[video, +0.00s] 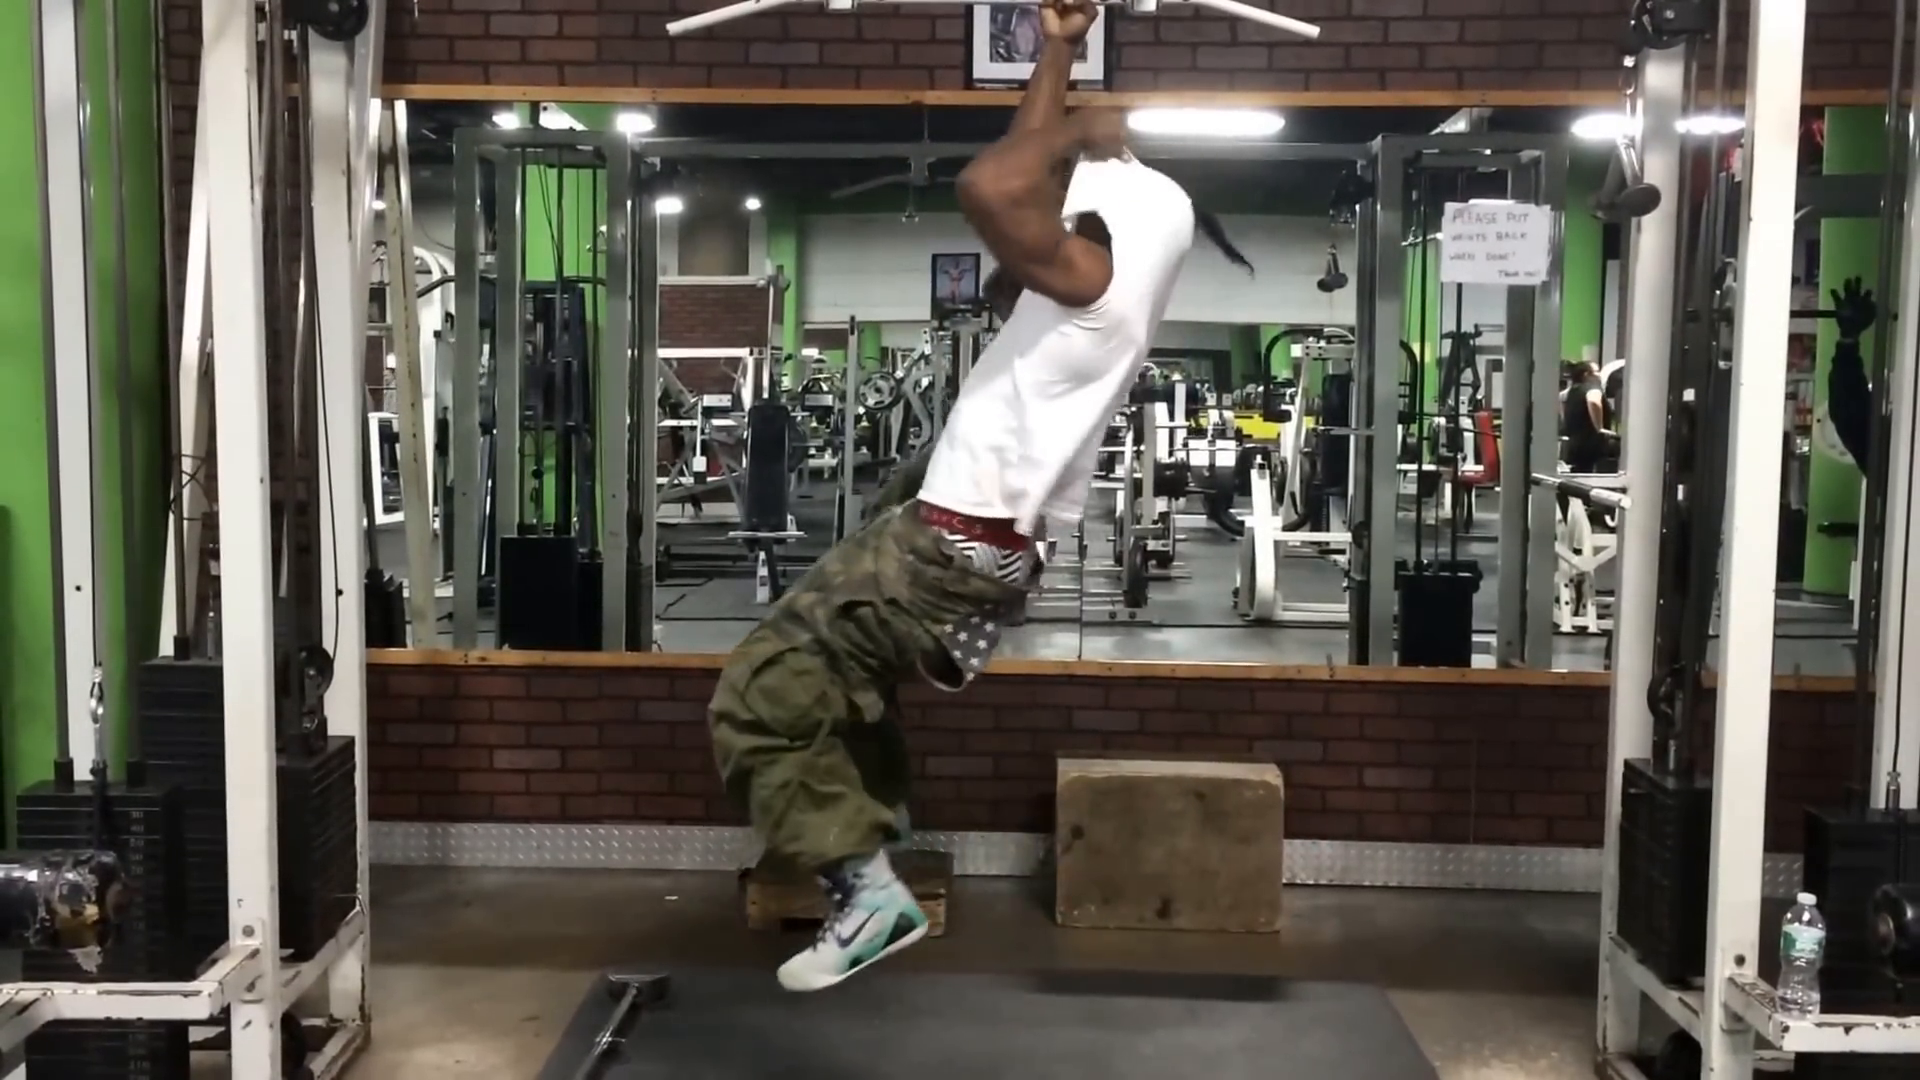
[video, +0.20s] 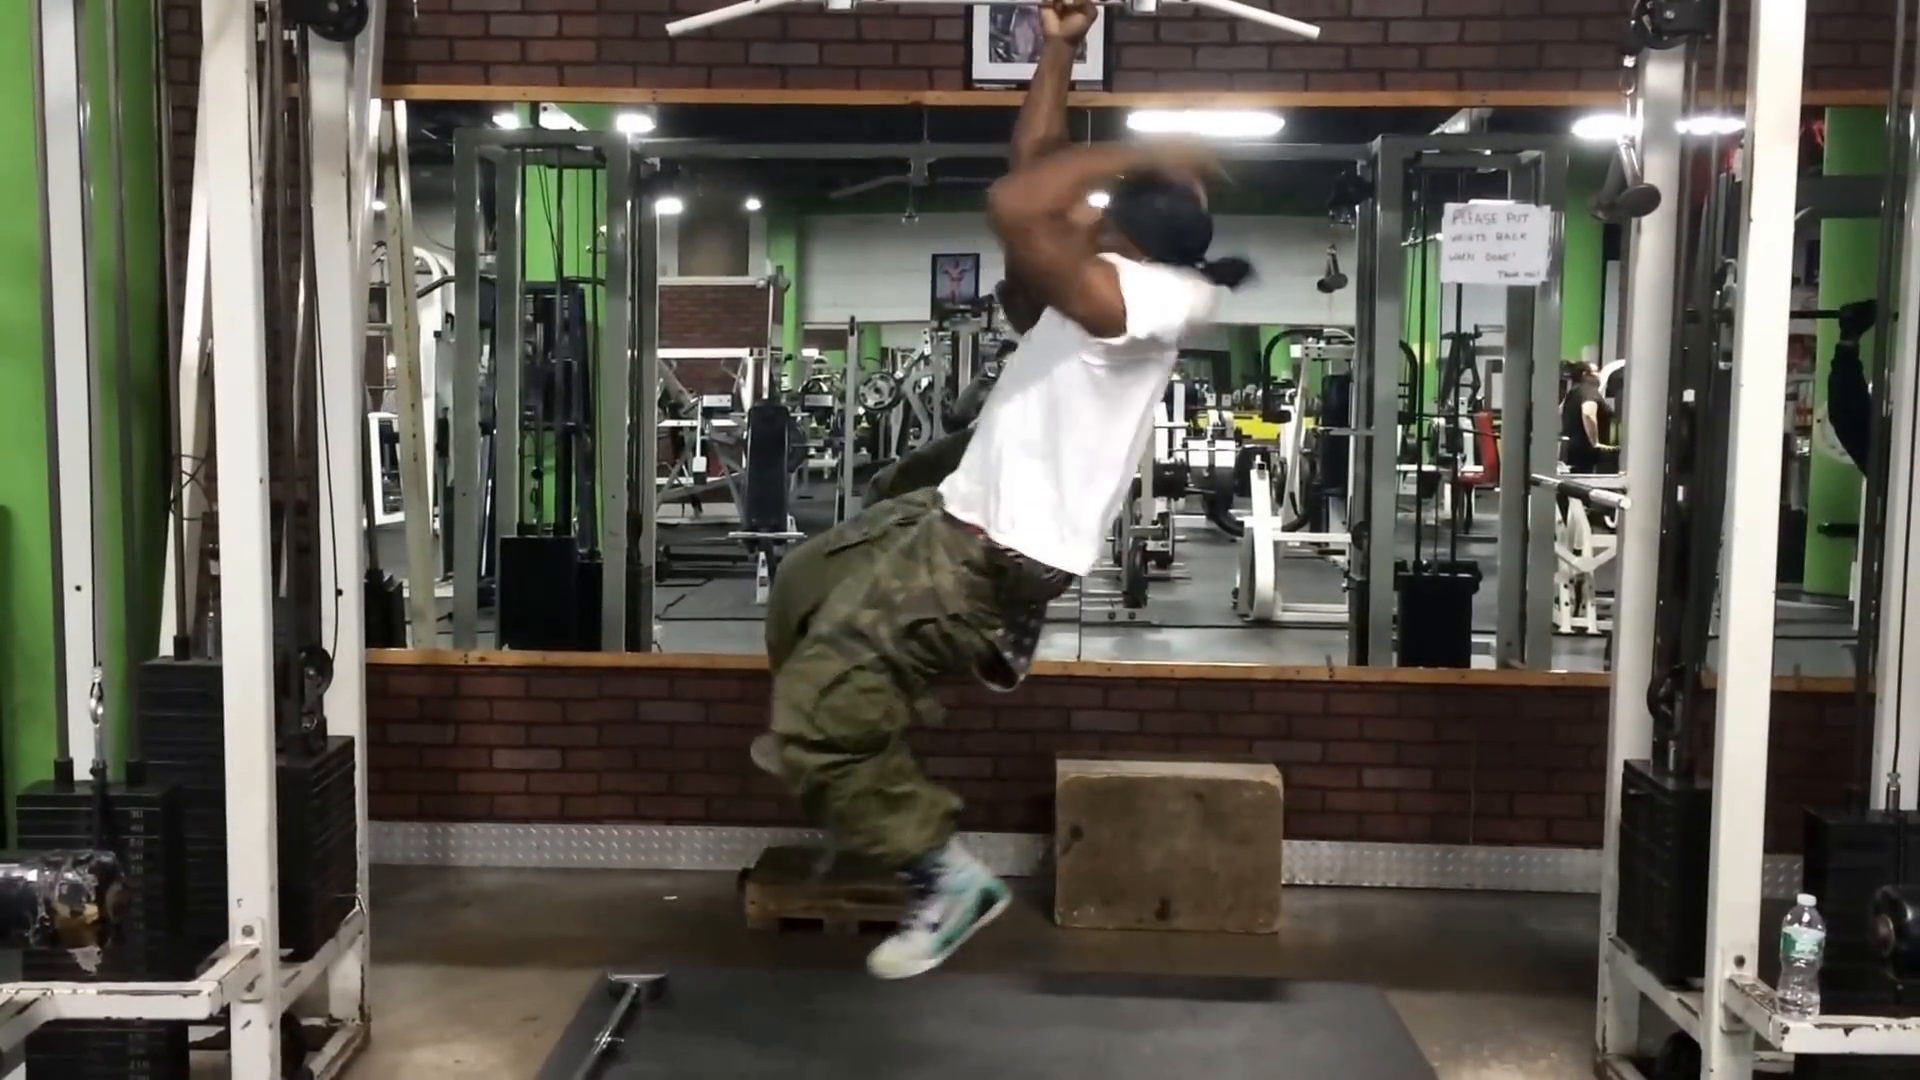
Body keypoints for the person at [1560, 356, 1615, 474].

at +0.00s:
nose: (1599, 375)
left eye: (1598, 371)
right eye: (1596, 371)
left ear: (1581, 376)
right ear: (1586, 375)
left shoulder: (1571, 390)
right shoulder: (1593, 387)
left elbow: (1559, 396)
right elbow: (1593, 402)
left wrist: (1565, 422)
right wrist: (1599, 428)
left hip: (1573, 440)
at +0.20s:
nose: (1599, 374)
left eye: (1597, 371)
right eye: (1595, 371)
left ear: (1584, 375)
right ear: (1585, 375)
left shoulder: (1572, 391)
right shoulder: (1590, 390)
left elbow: (1561, 409)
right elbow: (1588, 415)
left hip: (1571, 446)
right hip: (1585, 448)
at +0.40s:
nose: (1597, 374)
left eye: (1595, 371)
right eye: (1593, 371)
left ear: (1581, 375)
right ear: (1582, 374)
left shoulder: (1568, 393)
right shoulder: (1585, 394)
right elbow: (1586, 424)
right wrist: (1593, 451)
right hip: (1583, 457)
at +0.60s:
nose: (1596, 374)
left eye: (1595, 371)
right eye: (1592, 371)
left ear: (1580, 375)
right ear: (1581, 374)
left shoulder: (1568, 393)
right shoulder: (1585, 392)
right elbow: (1585, 416)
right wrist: (1593, 443)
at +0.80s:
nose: (1596, 374)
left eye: (1595, 370)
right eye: (1592, 370)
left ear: (1580, 375)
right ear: (1582, 374)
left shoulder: (1567, 390)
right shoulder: (1587, 388)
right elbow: (1586, 404)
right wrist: (1595, 430)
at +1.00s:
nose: (1596, 372)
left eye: (1595, 368)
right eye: (1593, 369)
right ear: (1582, 372)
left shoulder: (1567, 387)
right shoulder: (1589, 386)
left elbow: (1557, 390)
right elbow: (1587, 398)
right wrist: (1596, 423)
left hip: (1569, 443)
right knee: (1618, 445)